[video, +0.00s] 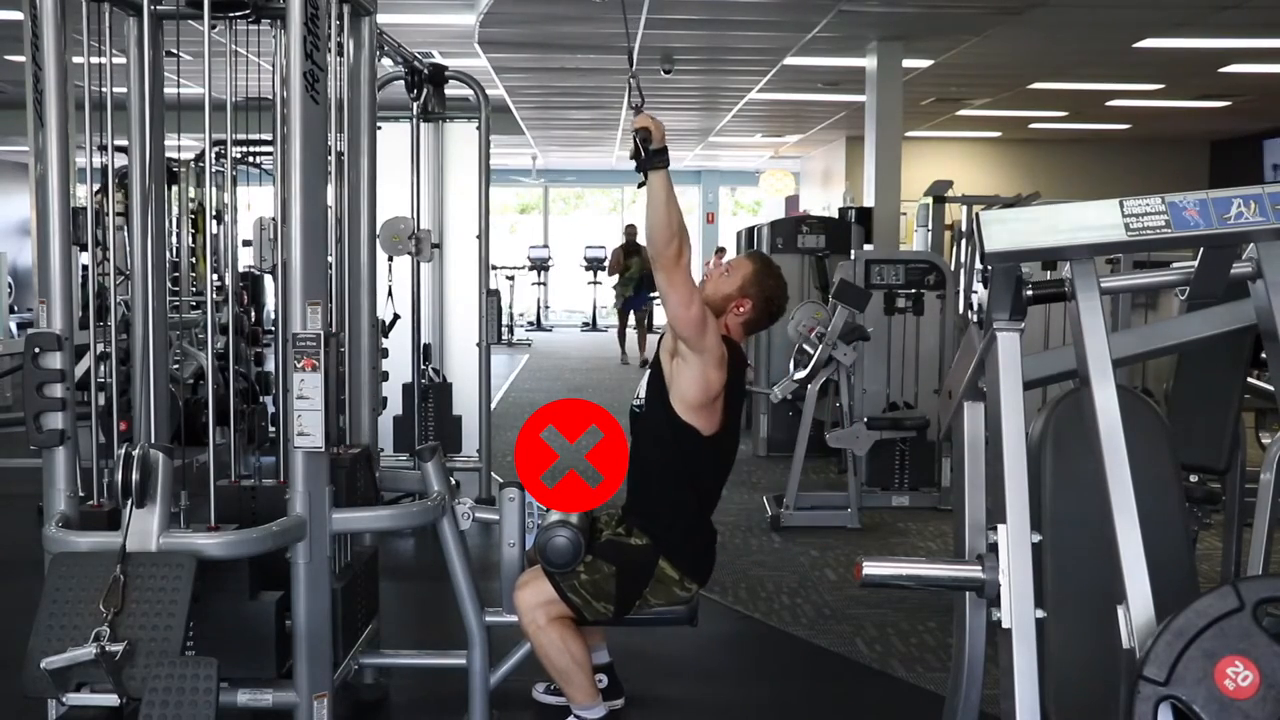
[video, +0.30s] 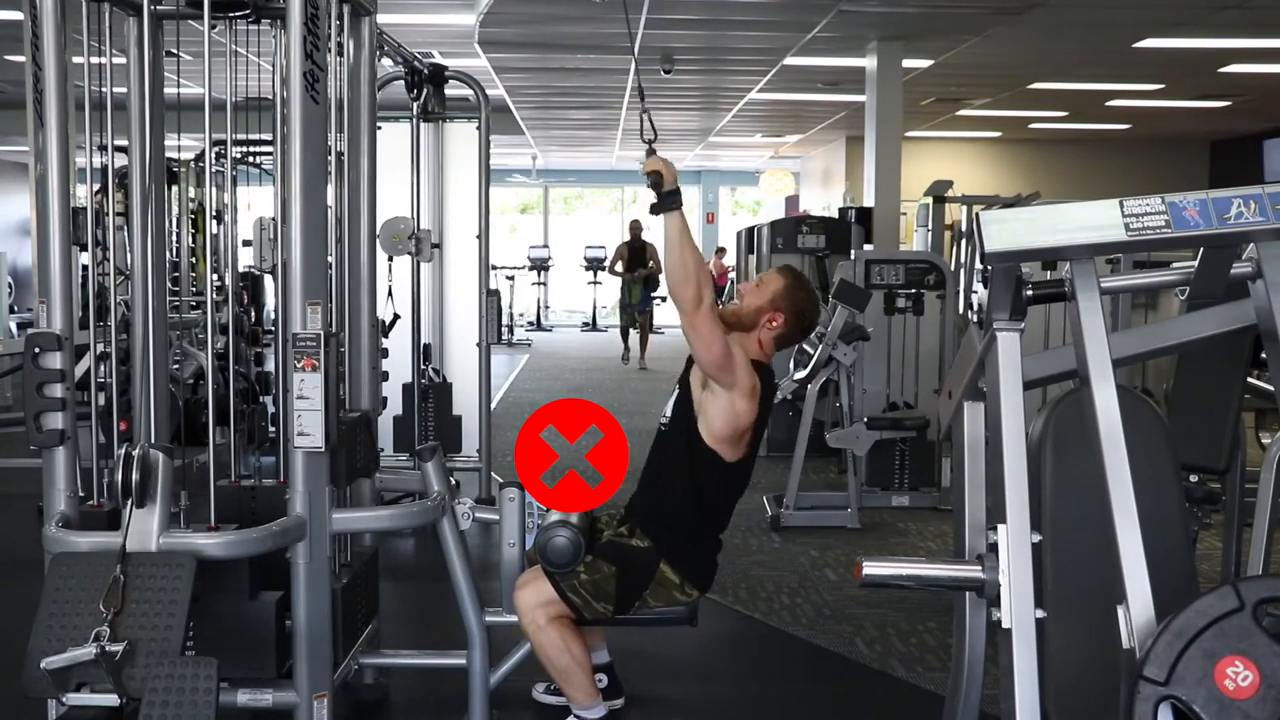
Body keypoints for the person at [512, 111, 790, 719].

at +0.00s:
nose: (713, 262)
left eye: (726, 266)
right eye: (724, 257)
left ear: (737, 308)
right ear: (737, 311)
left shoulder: (702, 347)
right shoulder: (702, 341)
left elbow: (669, 256)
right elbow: (670, 255)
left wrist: (655, 157)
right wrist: (652, 165)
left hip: (664, 550)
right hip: (659, 533)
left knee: (532, 597)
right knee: (552, 551)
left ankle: (588, 709)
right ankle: (591, 670)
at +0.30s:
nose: (741, 288)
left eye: (754, 288)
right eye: (752, 282)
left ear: (770, 323)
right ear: (770, 324)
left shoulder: (738, 375)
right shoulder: (731, 362)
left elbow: (692, 298)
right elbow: (696, 296)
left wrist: (669, 196)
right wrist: (671, 206)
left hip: (670, 560)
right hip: (649, 532)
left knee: (533, 598)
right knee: (552, 545)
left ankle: (590, 712)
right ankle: (594, 671)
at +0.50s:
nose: (785, 310)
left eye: (798, 309)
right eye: (795, 304)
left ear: (814, 344)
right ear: (813, 348)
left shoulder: (776, 407)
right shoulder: (773, 386)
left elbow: (731, 355)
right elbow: (739, 347)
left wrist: (704, 250)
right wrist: (711, 258)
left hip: (670, 561)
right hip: (651, 529)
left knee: (533, 597)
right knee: (553, 548)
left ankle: (589, 709)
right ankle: (595, 673)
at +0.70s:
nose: (815, 336)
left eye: (829, 336)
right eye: (824, 330)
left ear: (846, 372)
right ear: (843, 373)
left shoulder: (812, 432)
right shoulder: (794, 404)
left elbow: (769, 437)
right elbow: (749, 389)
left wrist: (743, 325)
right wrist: (729, 313)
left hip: (675, 563)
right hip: (654, 526)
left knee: (534, 596)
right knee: (553, 542)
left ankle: (590, 712)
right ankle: (594, 672)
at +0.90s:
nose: (832, 356)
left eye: (847, 357)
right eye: (843, 350)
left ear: (862, 393)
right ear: (859, 395)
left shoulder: (828, 451)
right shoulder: (812, 420)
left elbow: (793, 505)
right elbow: (766, 443)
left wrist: (776, 407)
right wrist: (762, 383)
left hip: (678, 562)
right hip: (660, 526)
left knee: (535, 595)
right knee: (551, 550)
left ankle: (589, 712)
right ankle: (595, 671)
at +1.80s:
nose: (820, 340)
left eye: (836, 342)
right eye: (832, 335)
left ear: (850, 381)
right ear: (847, 381)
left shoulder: (816, 433)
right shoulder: (797, 399)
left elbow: (767, 418)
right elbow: (744, 381)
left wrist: (744, 315)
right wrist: (729, 314)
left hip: (677, 563)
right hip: (657, 525)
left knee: (535, 597)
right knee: (550, 552)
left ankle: (590, 711)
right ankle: (594, 670)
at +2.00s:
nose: (789, 316)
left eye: (804, 316)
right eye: (800, 310)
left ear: (821, 351)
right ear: (820, 354)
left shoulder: (781, 402)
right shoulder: (777, 389)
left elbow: (737, 346)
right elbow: (738, 339)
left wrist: (706, 246)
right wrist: (709, 249)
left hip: (671, 561)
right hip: (655, 530)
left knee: (533, 597)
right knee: (553, 544)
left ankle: (589, 710)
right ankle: (594, 671)